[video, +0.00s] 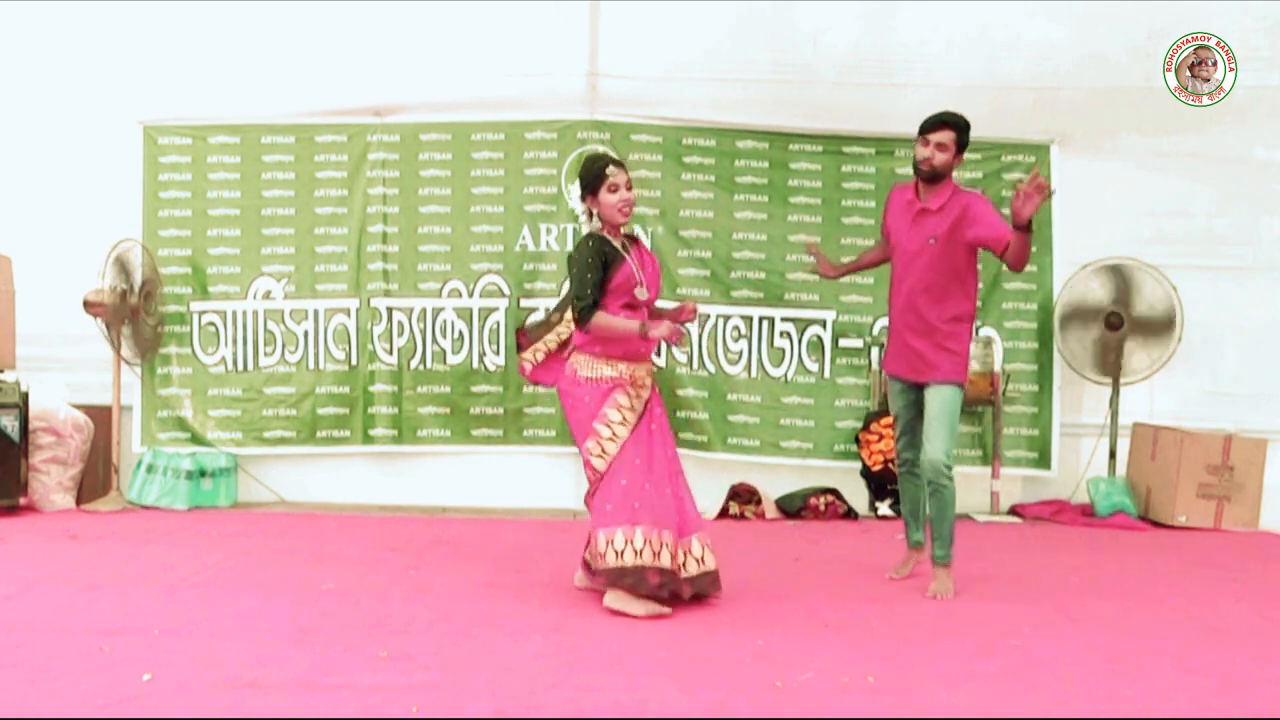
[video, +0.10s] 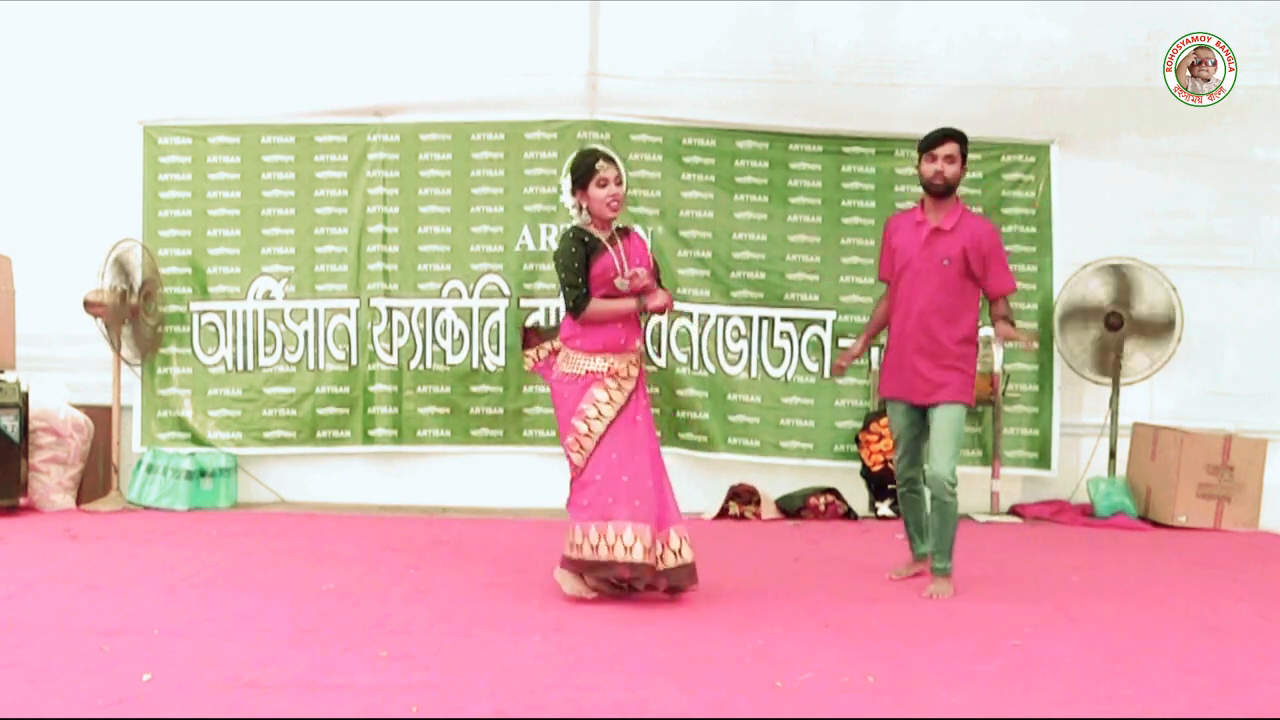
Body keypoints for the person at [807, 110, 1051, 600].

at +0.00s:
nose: (931, 152)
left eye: (943, 147)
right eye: (926, 143)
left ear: (958, 159)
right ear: (914, 147)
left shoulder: (971, 206)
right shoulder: (898, 197)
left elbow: (1017, 261)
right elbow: (889, 249)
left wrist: (1021, 225)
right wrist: (842, 269)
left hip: (947, 351)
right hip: (901, 347)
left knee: (935, 461)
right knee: (907, 457)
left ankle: (942, 566)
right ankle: (915, 548)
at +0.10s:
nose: (941, 167)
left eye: (951, 160)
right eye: (933, 158)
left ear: (963, 170)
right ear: (919, 166)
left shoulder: (979, 231)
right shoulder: (898, 225)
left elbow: (999, 300)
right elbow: (891, 295)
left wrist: (1004, 325)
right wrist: (860, 345)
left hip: (951, 370)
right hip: (900, 367)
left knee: (939, 475)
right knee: (907, 472)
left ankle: (942, 569)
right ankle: (922, 554)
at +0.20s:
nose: (945, 170)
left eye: (954, 163)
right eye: (936, 163)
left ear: (967, 173)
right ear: (922, 172)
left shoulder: (983, 236)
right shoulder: (898, 231)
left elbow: (995, 304)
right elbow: (882, 300)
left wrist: (990, 343)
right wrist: (897, 346)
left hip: (960, 376)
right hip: (906, 372)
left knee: (954, 478)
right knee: (903, 477)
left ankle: (942, 570)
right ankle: (917, 550)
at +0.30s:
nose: (947, 154)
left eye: (955, 146)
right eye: (936, 148)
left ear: (968, 155)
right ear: (922, 157)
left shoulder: (987, 214)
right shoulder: (901, 212)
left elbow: (1000, 284)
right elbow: (884, 288)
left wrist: (1005, 302)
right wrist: (944, 296)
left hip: (965, 362)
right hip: (911, 362)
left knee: (957, 470)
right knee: (912, 470)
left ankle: (940, 570)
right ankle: (917, 548)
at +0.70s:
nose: (934, 161)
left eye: (942, 151)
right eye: (923, 154)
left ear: (958, 155)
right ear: (911, 161)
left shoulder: (976, 211)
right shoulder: (900, 216)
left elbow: (1022, 257)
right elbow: (910, 284)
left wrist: (1054, 244)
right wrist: (961, 234)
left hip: (960, 360)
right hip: (909, 361)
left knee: (970, 469)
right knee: (926, 465)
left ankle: (975, 573)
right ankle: (911, 549)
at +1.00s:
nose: (906, 164)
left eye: (916, 156)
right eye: (896, 155)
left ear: (929, 159)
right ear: (883, 158)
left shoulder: (940, 214)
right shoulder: (866, 221)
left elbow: (985, 271)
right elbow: (880, 298)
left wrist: (1007, 249)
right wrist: (934, 256)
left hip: (922, 364)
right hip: (875, 365)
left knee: (916, 470)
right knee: (891, 475)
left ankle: (911, 584)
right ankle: (909, 573)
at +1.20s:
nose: (869, 170)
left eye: (880, 162)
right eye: (862, 160)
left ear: (897, 165)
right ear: (849, 159)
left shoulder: (908, 216)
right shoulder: (829, 220)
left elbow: (953, 281)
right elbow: (828, 299)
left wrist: (966, 255)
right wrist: (881, 254)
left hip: (892, 362)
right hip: (838, 362)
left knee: (896, 475)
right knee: (844, 471)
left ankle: (901, 586)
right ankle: (856, 563)